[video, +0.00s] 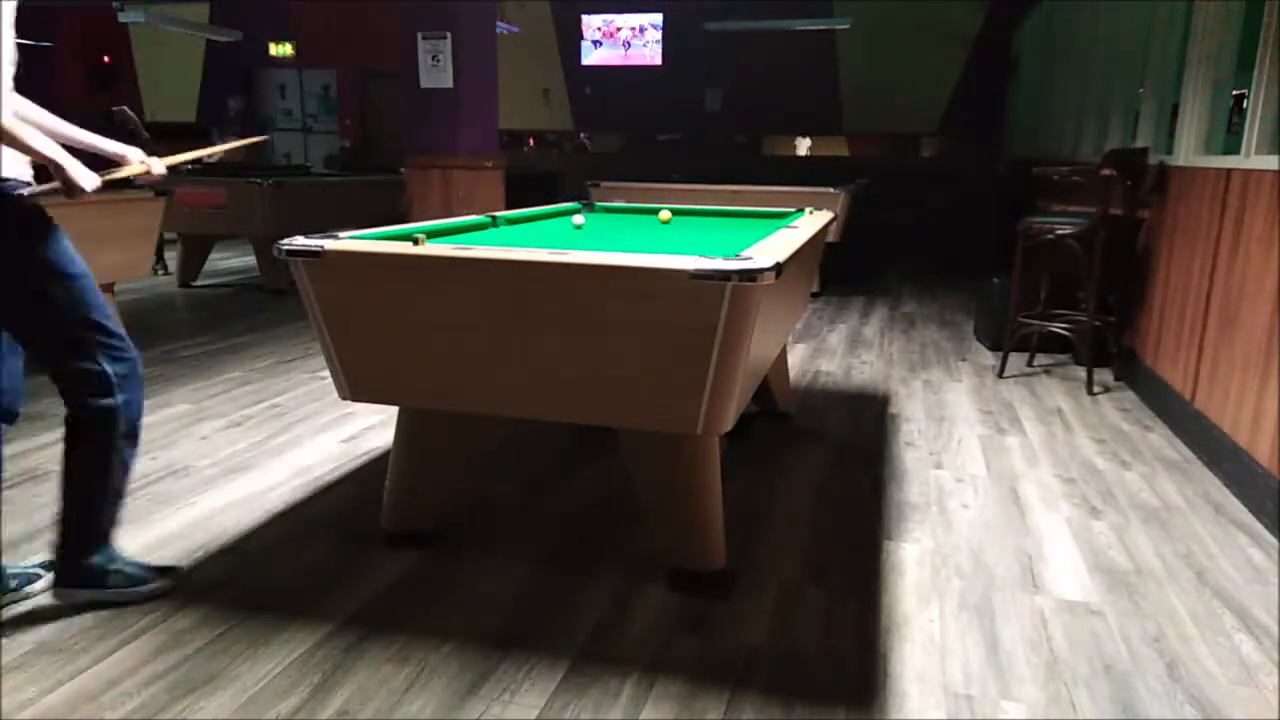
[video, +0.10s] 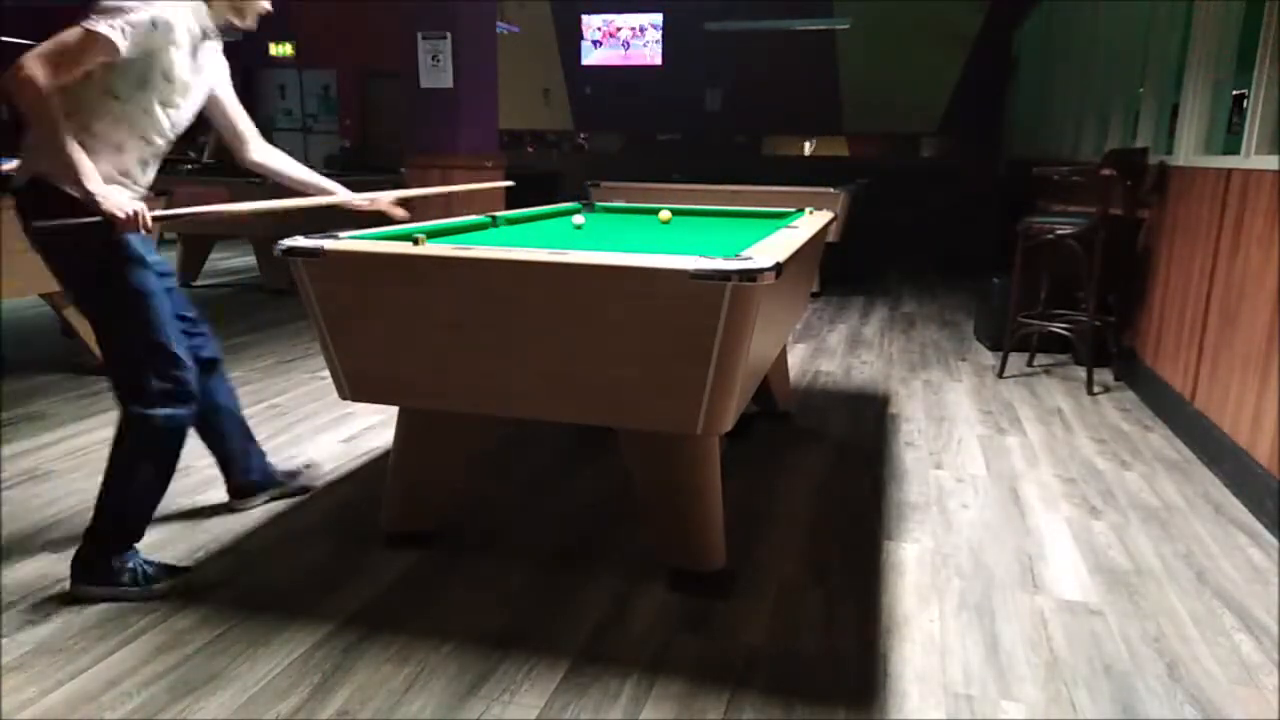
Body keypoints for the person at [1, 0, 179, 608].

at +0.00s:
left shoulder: (10, 14)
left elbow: (6, 100)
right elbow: (0, 106)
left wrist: (115, 149)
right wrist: (57, 160)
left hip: (14, 205)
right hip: (10, 206)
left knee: (3, 397)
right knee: (109, 372)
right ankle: (85, 559)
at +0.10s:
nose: (268, 7)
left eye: (268, 2)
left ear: (238, 4)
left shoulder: (208, 54)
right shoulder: (151, 19)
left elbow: (252, 150)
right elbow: (29, 75)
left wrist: (350, 199)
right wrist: (94, 186)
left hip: (118, 209)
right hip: (71, 205)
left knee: (197, 351)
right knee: (165, 385)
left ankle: (251, 477)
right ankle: (102, 558)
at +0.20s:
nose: (366, 100)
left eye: (370, 88)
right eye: (368, 84)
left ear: (330, 75)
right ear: (347, 76)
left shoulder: (305, 129)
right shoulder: (264, 87)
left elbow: (385, 181)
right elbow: (127, 83)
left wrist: (469, 212)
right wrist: (129, 194)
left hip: (149, 208)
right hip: (90, 194)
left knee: (228, 334)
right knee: (173, 367)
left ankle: (253, 474)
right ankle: (143, 546)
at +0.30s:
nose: (384, 135)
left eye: (387, 124)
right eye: (387, 121)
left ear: (354, 102)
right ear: (371, 107)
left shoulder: (322, 151)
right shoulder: (295, 112)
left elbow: (404, 192)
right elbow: (164, 76)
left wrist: (487, 217)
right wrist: (144, 184)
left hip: (152, 200)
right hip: (105, 184)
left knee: (231, 329)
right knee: (167, 369)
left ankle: (253, 475)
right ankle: (142, 544)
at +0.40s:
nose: (399, 176)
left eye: (403, 168)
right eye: (404, 165)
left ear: (364, 135)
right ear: (391, 152)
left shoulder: (334, 170)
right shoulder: (321, 147)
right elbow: (225, 64)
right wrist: (164, 158)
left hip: (169, 197)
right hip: (121, 182)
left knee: (242, 327)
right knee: (172, 364)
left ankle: (255, 473)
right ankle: (144, 543)